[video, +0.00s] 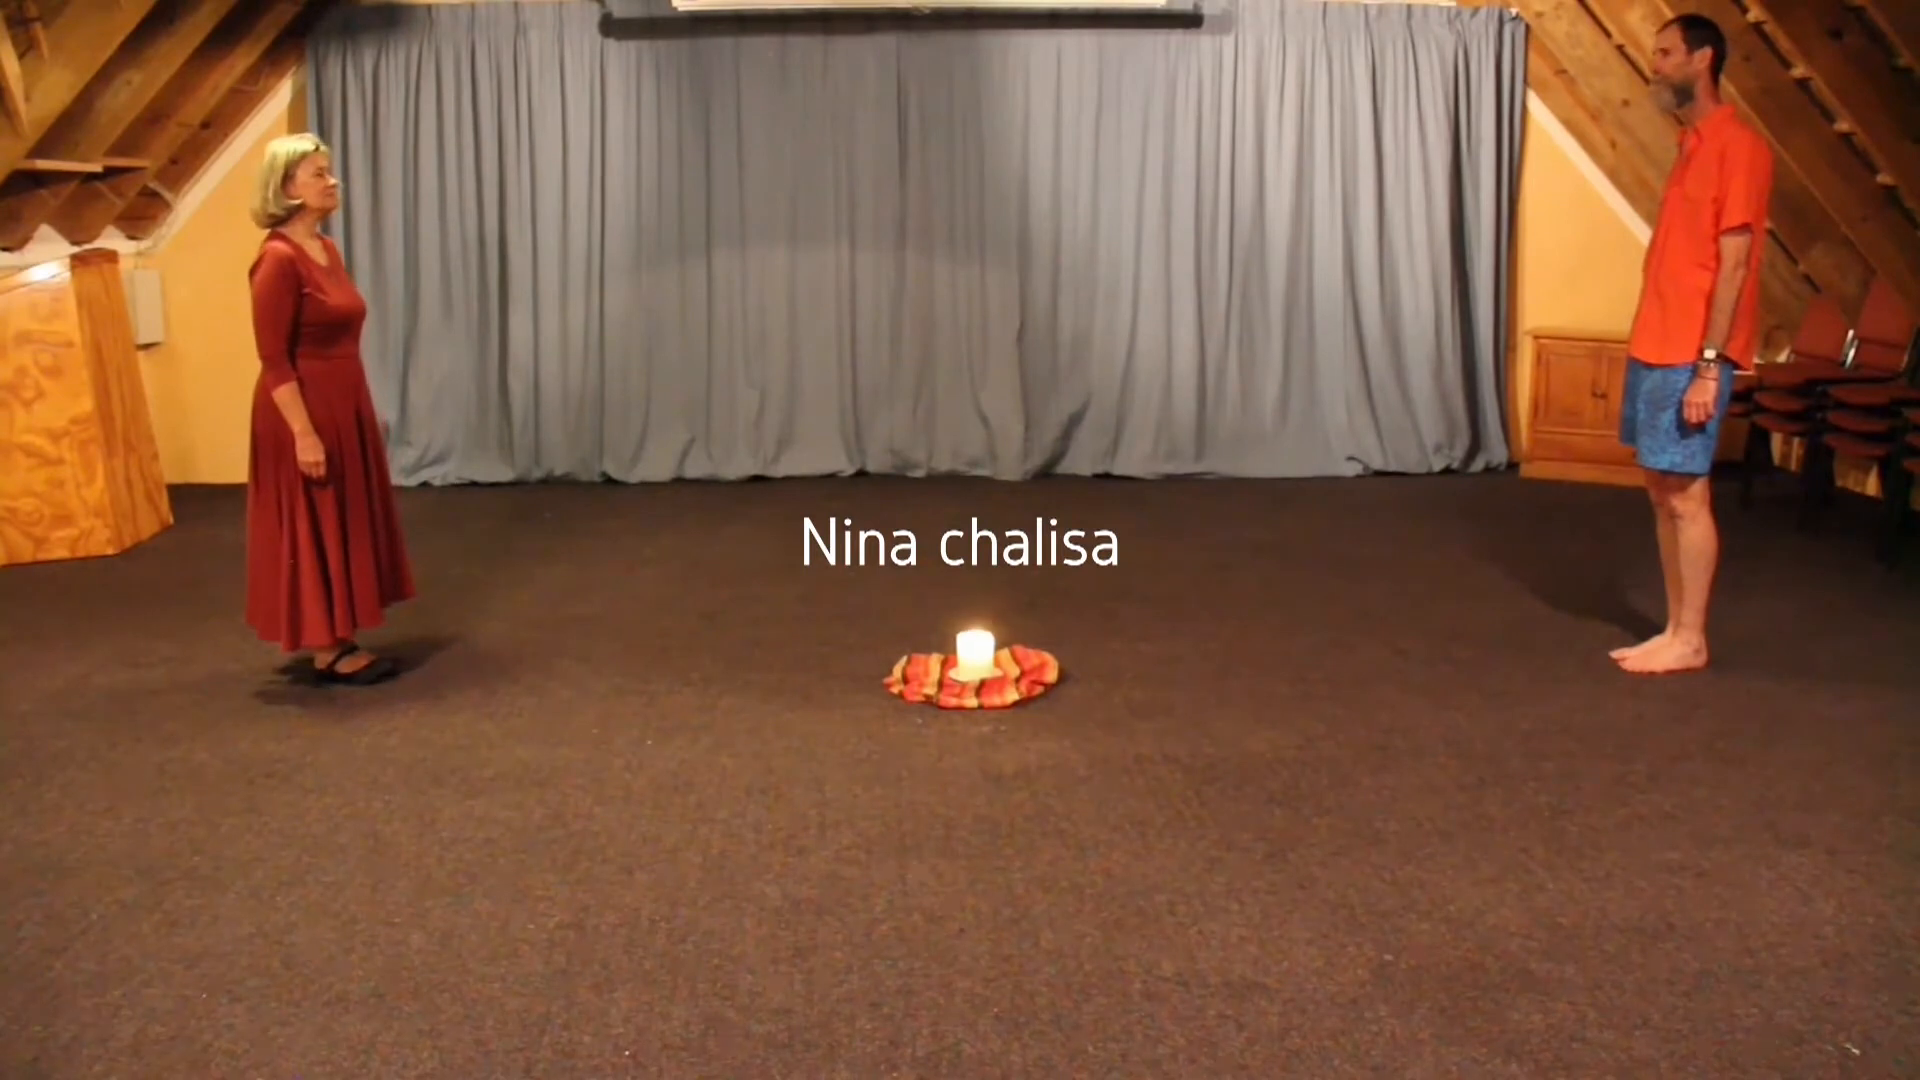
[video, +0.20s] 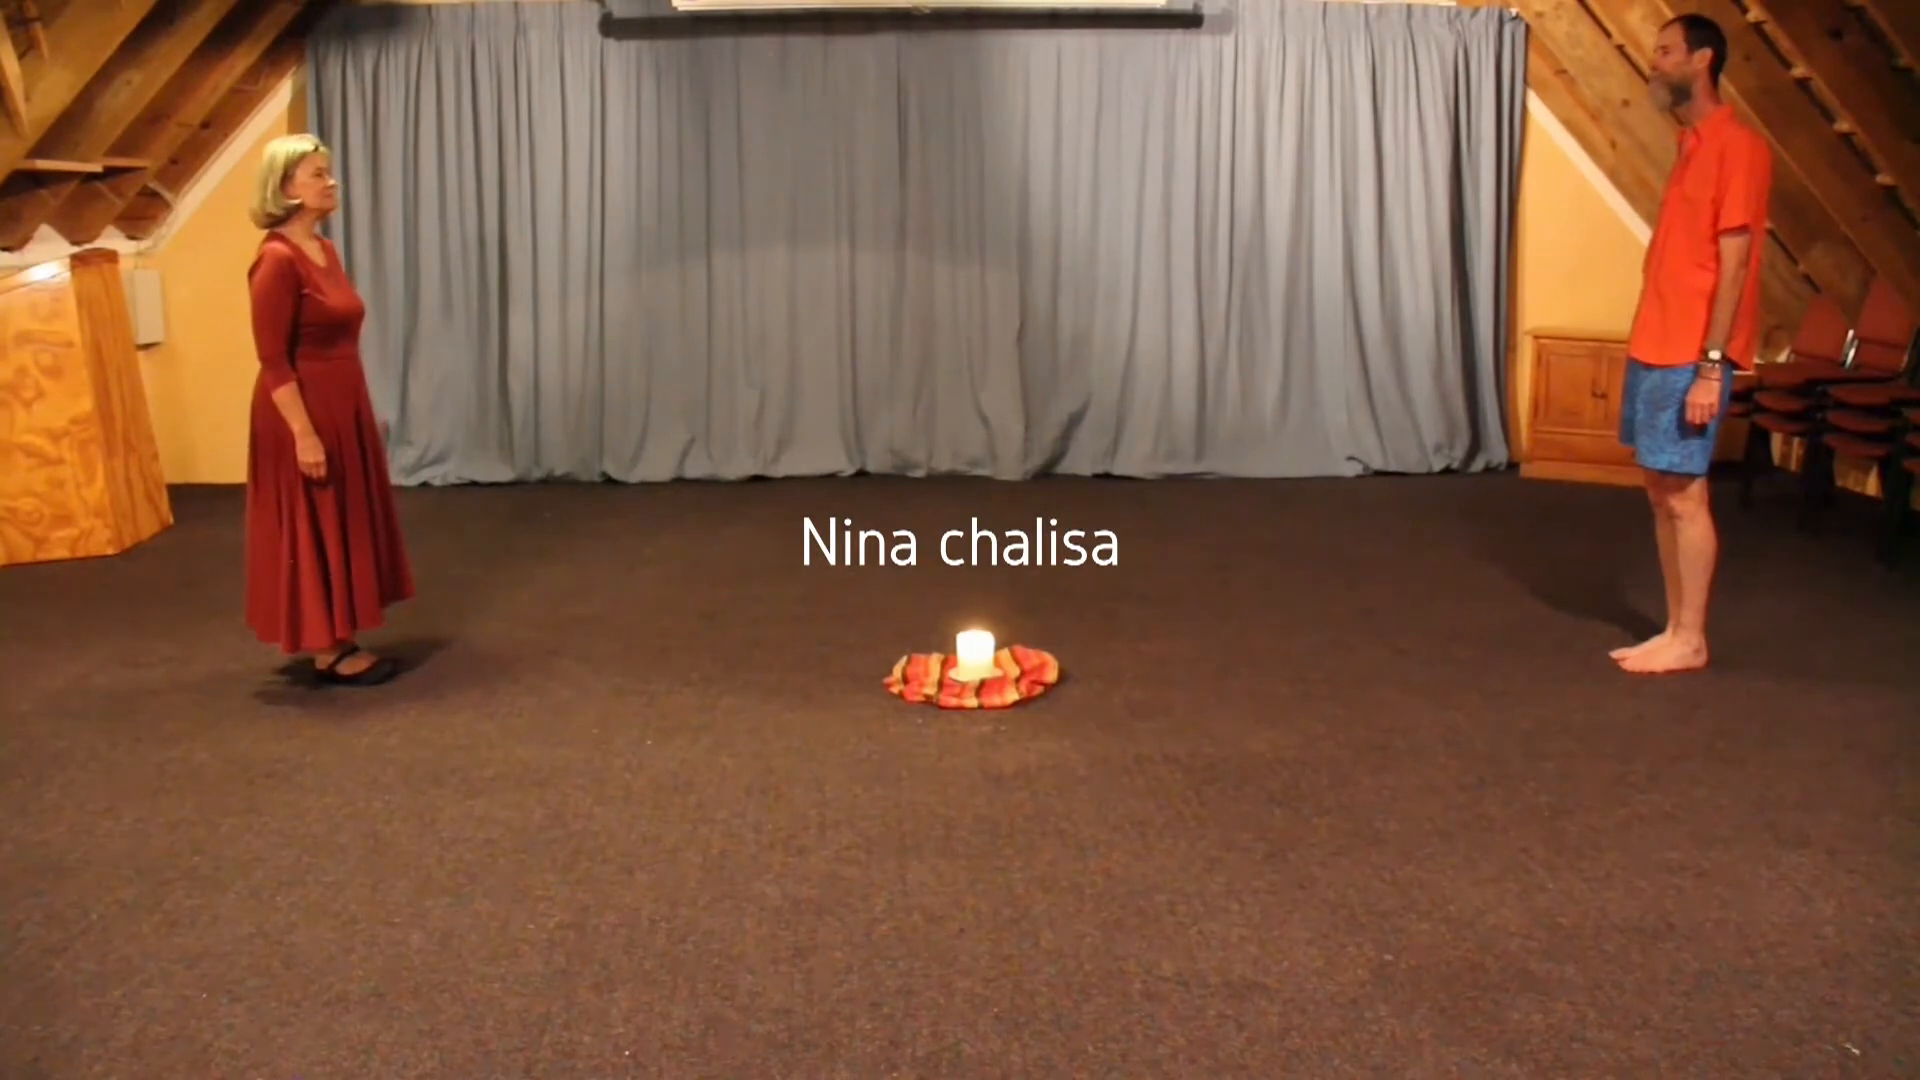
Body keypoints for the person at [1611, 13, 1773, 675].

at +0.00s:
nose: (1654, 65)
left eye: (1665, 53)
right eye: (1654, 54)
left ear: (1704, 59)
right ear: (1692, 61)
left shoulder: (1737, 141)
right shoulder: (1697, 141)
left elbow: (1734, 262)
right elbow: (1691, 256)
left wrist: (1711, 363)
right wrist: (1661, 349)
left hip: (1693, 357)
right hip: (1659, 351)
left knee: (1686, 499)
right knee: (1664, 494)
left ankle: (1691, 639)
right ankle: (1676, 630)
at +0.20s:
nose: (1653, 62)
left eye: (1666, 51)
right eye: (1654, 51)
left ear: (1704, 60)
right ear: (1690, 62)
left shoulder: (1738, 143)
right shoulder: (1696, 142)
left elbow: (1734, 264)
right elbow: (1691, 257)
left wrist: (1713, 363)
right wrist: (1659, 348)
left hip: (1691, 357)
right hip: (1658, 351)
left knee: (1684, 498)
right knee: (1662, 494)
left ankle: (1691, 639)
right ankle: (1676, 631)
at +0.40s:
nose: (1654, 61)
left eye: (1667, 50)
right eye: (1655, 49)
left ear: (1705, 60)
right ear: (1691, 61)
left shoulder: (1737, 144)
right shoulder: (1695, 143)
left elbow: (1734, 267)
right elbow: (1688, 259)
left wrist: (1715, 366)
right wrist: (1656, 348)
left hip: (1691, 358)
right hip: (1657, 352)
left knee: (1684, 498)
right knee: (1662, 494)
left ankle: (1691, 639)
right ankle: (1676, 630)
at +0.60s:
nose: (1654, 58)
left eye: (1667, 47)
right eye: (1656, 46)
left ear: (1705, 59)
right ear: (1691, 60)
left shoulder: (1736, 144)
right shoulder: (1693, 141)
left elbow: (1732, 266)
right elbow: (1688, 257)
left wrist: (1717, 368)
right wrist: (1655, 347)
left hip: (1691, 358)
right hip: (1656, 352)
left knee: (1687, 499)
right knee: (1662, 495)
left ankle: (1691, 639)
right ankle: (1676, 630)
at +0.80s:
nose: (1655, 58)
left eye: (1668, 47)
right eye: (1657, 46)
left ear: (1706, 59)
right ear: (1690, 60)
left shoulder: (1737, 145)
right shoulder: (1691, 142)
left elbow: (1733, 266)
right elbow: (1686, 258)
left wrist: (1720, 370)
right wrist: (1652, 347)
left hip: (1691, 359)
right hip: (1655, 353)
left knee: (1687, 498)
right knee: (1662, 495)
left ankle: (1691, 639)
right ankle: (1677, 631)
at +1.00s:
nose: (1655, 58)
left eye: (1668, 47)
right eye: (1657, 46)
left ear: (1706, 59)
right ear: (1689, 60)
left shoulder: (1737, 145)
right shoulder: (1690, 143)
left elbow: (1734, 262)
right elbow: (1685, 257)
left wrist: (1723, 368)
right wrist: (1653, 347)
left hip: (1691, 358)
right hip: (1654, 352)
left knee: (1687, 498)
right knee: (1662, 494)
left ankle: (1691, 639)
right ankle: (1677, 631)